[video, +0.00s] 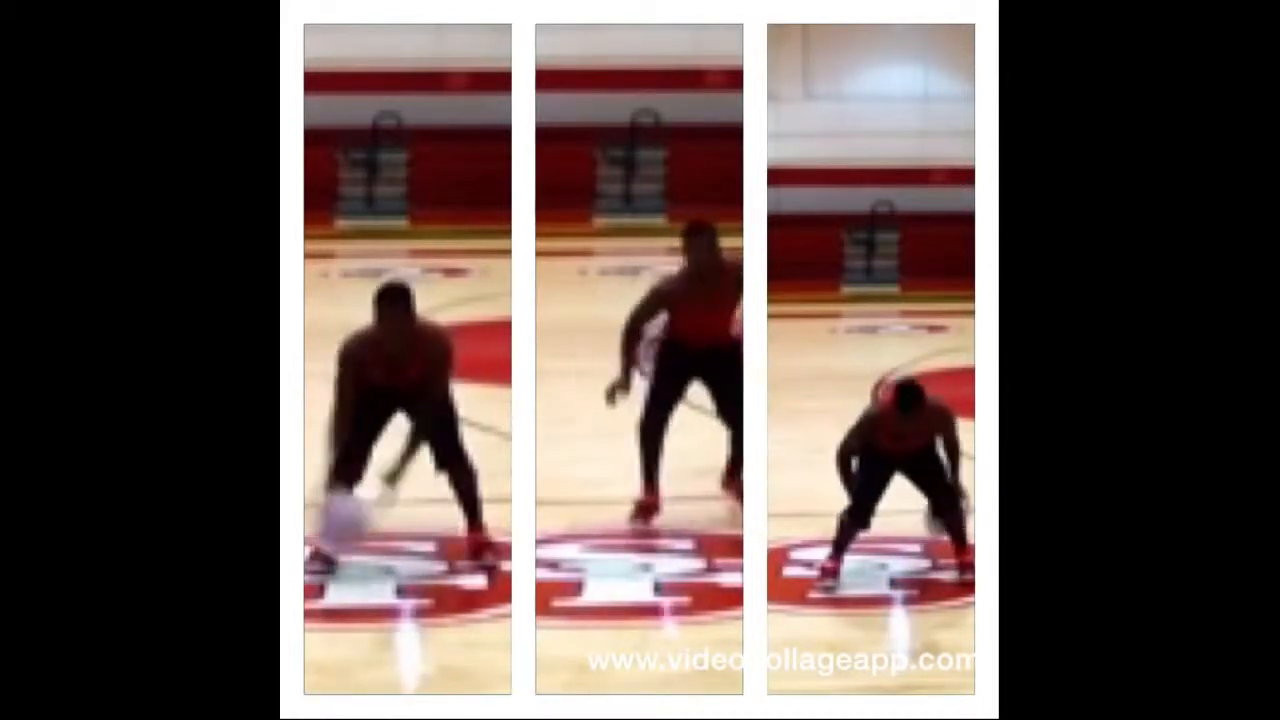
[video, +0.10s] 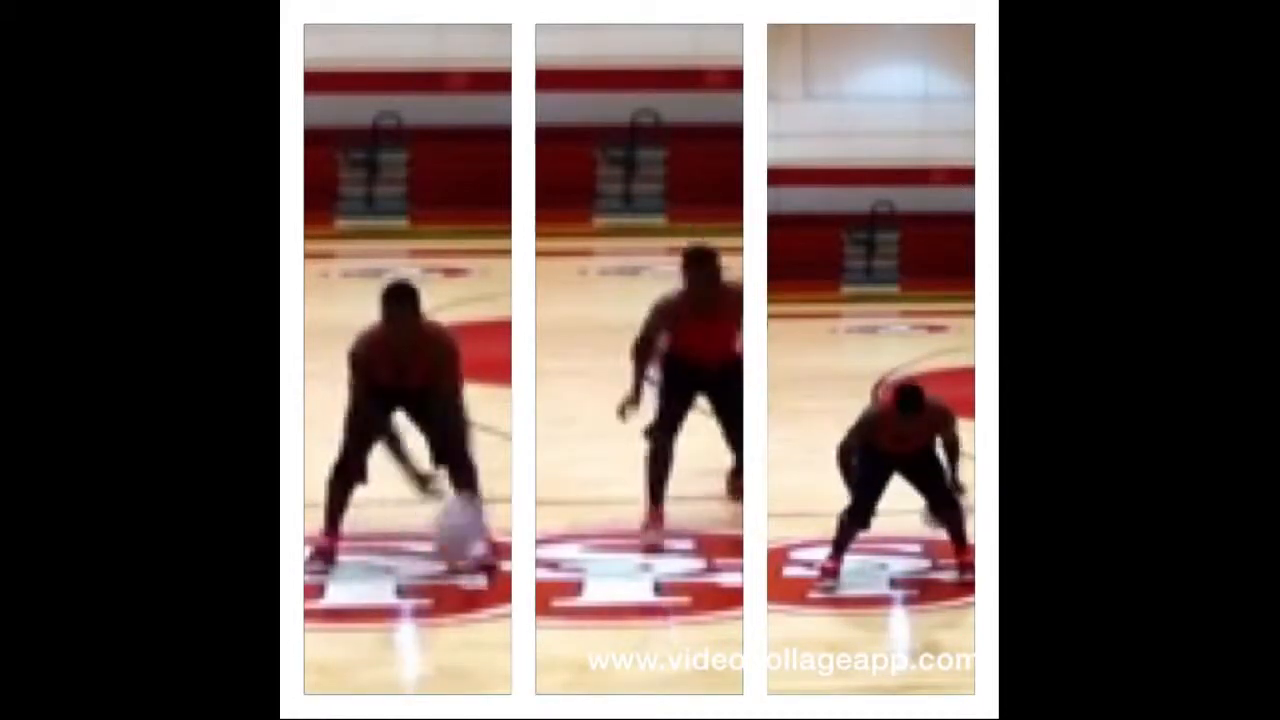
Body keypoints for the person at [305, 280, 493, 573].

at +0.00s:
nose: (394, 333)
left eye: (401, 324)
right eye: (387, 324)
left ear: (412, 318)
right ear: (377, 319)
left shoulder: (435, 344)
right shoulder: (356, 350)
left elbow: (427, 417)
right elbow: (343, 414)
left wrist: (399, 468)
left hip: (424, 396)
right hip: (375, 397)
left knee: (454, 460)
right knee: (349, 462)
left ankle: (476, 532)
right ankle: (327, 543)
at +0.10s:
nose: (402, 329)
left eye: (408, 319)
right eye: (394, 320)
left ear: (418, 314)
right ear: (384, 317)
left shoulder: (440, 344)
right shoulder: (367, 350)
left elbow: (450, 410)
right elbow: (380, 423)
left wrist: (445, 456)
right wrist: (413, 474)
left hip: (425, 396)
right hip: (376, 398)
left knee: (459, 459)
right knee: (348, 465)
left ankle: (478, 535)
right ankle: (329, 538)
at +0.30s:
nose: (410, 332)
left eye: (415, 323)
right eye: (402, 324)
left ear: (425, 318)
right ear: (390, 320)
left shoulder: (445, 347)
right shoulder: (368, 351)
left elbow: (463, 399)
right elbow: (375, 423)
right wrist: (405, 471)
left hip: (418, 393)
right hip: (373, 396)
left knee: (454, 457)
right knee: (352, 464)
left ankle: (480, 536)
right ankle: (329, 537)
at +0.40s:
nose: (400, 334)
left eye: (407, 324)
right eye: (393, 324)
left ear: (418, 319)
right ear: (383, 320)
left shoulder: (436, 348)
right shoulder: (359, 353)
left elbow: (425, 422)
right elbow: (345, 419)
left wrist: (393, 467)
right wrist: (348, 464)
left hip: (419, 399)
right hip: (370, 398)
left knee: (451, 458)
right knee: (345, 464)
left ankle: (476, 531)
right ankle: (330, 538)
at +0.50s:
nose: (399, 335)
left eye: (406, 324)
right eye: (391, 324)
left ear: (416, 320)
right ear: (380, 320)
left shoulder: (435, 349)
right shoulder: (359, 350)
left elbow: (414, 422)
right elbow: (330, 405)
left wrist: (374, 463)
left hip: (422, 399)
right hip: (372, 399)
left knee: (455, 462)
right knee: (348, 462)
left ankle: (477, 533)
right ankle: (329, 538)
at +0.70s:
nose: (409, 331)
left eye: (415, 321)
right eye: (401, 322)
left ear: (425, 317)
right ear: (391, 319)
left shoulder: (442, 347)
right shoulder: (369, 353)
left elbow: (473, 395)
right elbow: (389, 422)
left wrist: (499, 436)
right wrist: (427, 465)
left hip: (422, 399)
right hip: (373, 402)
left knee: (454, 461)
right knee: (346, 469)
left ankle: (475, 527)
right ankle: (330, 535)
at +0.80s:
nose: (412, 340)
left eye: (418, 330)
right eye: (404, 331)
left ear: (426, 325)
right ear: (392, 328)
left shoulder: (439, 350)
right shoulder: (369, 363)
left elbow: (484, 383)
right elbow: (384, 433)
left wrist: (514, 412)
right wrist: (429, 474)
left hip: (416, 394)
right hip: (369, 398)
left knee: (451, 461)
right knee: (345, 468)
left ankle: (477, 532)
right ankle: (328, 537)